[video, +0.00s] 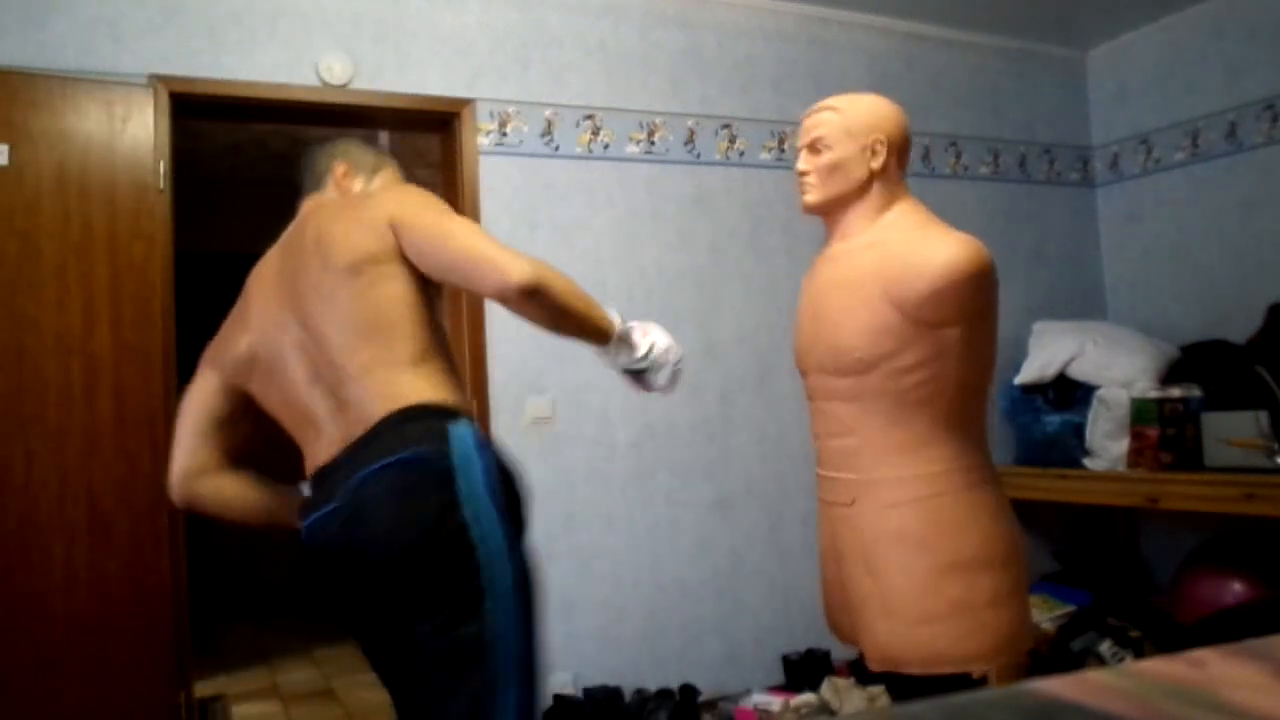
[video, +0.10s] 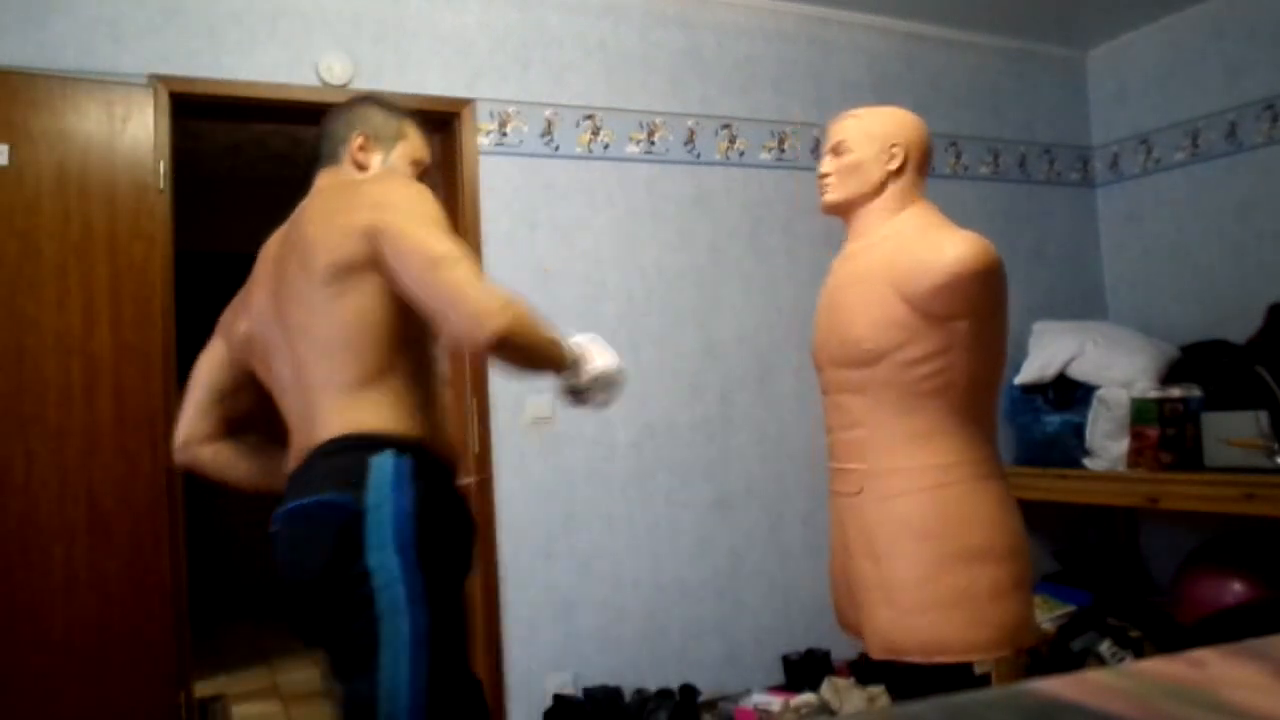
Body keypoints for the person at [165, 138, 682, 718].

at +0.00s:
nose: (395, 207)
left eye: (396, 196)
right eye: (391, 194)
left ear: (324, 184)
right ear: (345, 178)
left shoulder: (239, 321)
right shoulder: (378, 204)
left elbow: (191, 477)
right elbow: (518, 280)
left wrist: (314, 504)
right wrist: (619, 339)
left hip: (335, 517)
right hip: (429, 467)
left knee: (424, 703)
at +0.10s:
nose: (420, 186)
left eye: (421, 172)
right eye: (414, 169)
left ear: (354, 157)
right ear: (362, 153)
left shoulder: (263, 277)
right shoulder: (380, 200)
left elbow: (195, 440)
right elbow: (484, 322)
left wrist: (312, 472)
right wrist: (569, 359)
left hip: (311, 502)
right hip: (381, 490)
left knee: (442, 696)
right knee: (408, 702)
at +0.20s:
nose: (431, 186)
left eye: (432, 167)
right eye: (421, 160)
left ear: (359, 146)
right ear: (362, 144)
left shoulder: (288, 225)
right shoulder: (343, 218)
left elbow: (241, 420)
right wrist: (490, 415)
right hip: (333, 525)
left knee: (449, 710)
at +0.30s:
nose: (425, 193)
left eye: (425, 172)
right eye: (411, 165)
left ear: (347, 159)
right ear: (344, 155)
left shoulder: (309, 269)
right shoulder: (266, 264)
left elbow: (325, 432)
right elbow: (244, 467)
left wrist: (421, 450)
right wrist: (403, 509)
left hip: (323, 576)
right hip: (261, 584)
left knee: (461, 708)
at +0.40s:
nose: (406, 168)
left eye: (406, 146)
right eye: (391, 141)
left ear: (322, 134)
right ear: (318, 132)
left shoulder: (341, 270)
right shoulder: (206, 242)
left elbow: (356, 400)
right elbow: (97, 431)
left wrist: (439, 411)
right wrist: (280, 516)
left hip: (332, 584)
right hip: (224, 589)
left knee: (445, 712)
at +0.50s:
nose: (388, 109)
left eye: (387, 87)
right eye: (369, 81)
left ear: (296, 72)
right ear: (293, 71)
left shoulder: (350, 218)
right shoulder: (162, 183)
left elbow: (352, 368)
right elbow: (28, 344)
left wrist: (411, 358)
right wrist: (186, 435)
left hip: (334, 524)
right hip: (202, 532)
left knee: (394, 714)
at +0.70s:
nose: (336, 128)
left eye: (334, 105)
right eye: (312, 100)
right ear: (226, 96)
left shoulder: (346, 249)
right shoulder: (87, 248)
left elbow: (432, 383)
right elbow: (12, 435)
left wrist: (409, 384)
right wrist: (123, 486)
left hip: (317, 599)